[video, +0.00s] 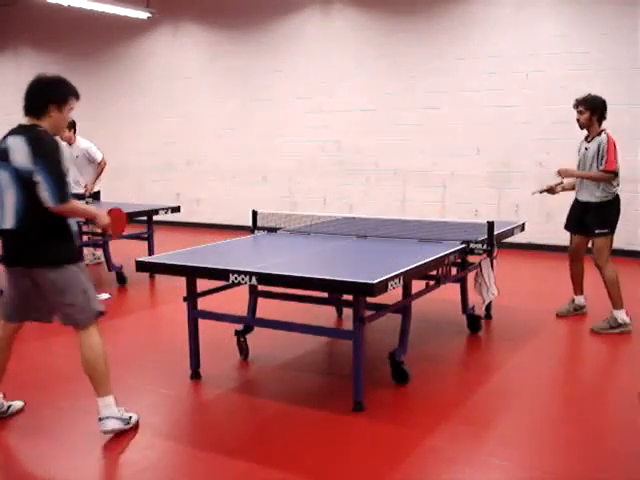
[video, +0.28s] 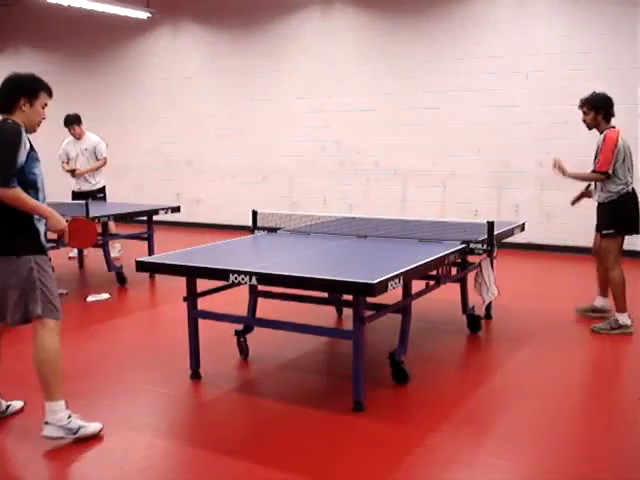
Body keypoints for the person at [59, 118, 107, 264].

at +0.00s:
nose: (61, 136)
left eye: (64, 132)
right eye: (61, 132)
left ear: (72, 131)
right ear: (63, 132)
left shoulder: (85, 146)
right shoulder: (61, 147)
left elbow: (102, 161)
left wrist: (93, 183)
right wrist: (63, 182)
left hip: (87, 191)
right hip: (70, 191)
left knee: (92, 224)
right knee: (73, 223)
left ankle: (95, 251)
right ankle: (77, 252)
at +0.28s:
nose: (73, 132)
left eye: (74, 128)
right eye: (70, 129)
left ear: (81, 126)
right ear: (68, 129)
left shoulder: (95, 141)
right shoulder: (67, 144)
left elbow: (103, 160)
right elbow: (64, 161)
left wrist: (85, 171)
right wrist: (69, 169)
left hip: (96, 188)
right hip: (79, 189)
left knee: (105, 219)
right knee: (77, 220)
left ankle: (114, 243)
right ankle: (76, 245)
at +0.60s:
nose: (90, 133)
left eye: (92, 129)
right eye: (88, 130)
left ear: (99, 127)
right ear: (86, 130)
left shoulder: (113, 142)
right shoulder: (86, 142)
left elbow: (121, 161)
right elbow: (75, 160)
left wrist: (106, 168)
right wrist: (85, 154)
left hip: (111, 189)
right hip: (91, 189)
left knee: (124, 217)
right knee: (85, 220)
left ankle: (135, 240)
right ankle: (79, 245)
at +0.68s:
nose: (93, 134)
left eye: (95, 130)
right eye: (91, 131)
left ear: (101, 127)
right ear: (89, 131)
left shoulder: (116, 142)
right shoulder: (89, 142)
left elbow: (124, 162)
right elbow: (78, 157)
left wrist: (109, 169)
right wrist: (91, 150)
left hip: (114, 189)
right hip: (94, 189)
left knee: (125, 217)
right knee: (87, 220)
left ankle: (135, 240)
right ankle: (79, 245)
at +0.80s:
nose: (102, 137)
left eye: (103, 133)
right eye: (100, 134)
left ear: (108, 129)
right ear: (98, 133)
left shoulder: (125, 142)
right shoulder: (100, 143)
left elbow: (135, 160)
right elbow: (97, 144)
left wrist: (122, 170)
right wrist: (115, 137)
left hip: (123, 187)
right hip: (104, 187)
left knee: (130, 218)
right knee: (97, 218)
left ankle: (136, 241)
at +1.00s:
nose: (115, 134)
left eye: (116, 131)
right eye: (112, 132)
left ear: (120, 128)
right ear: (109, 132)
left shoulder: (135, 138)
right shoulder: (112, 141)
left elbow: (145, 157)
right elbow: (110, 135)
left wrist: (132, 168)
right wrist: (129, 129)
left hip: (131, 183)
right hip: (113, 182)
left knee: (134, 215)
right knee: (107, 214)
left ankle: (136, 240)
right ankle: (107, 240)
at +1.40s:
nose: (122, 135)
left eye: (123, 132)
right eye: (119, 134)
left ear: (127, 128)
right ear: (116, 133)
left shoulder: (140, 138)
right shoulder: (115, 141)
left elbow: (150, 156)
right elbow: (104, 132)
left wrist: (136, 166)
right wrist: (121, 127)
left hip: (136, 182)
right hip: (119, 181)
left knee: (136, 215)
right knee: (117, 214)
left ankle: (137, 240)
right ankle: (118, 241)